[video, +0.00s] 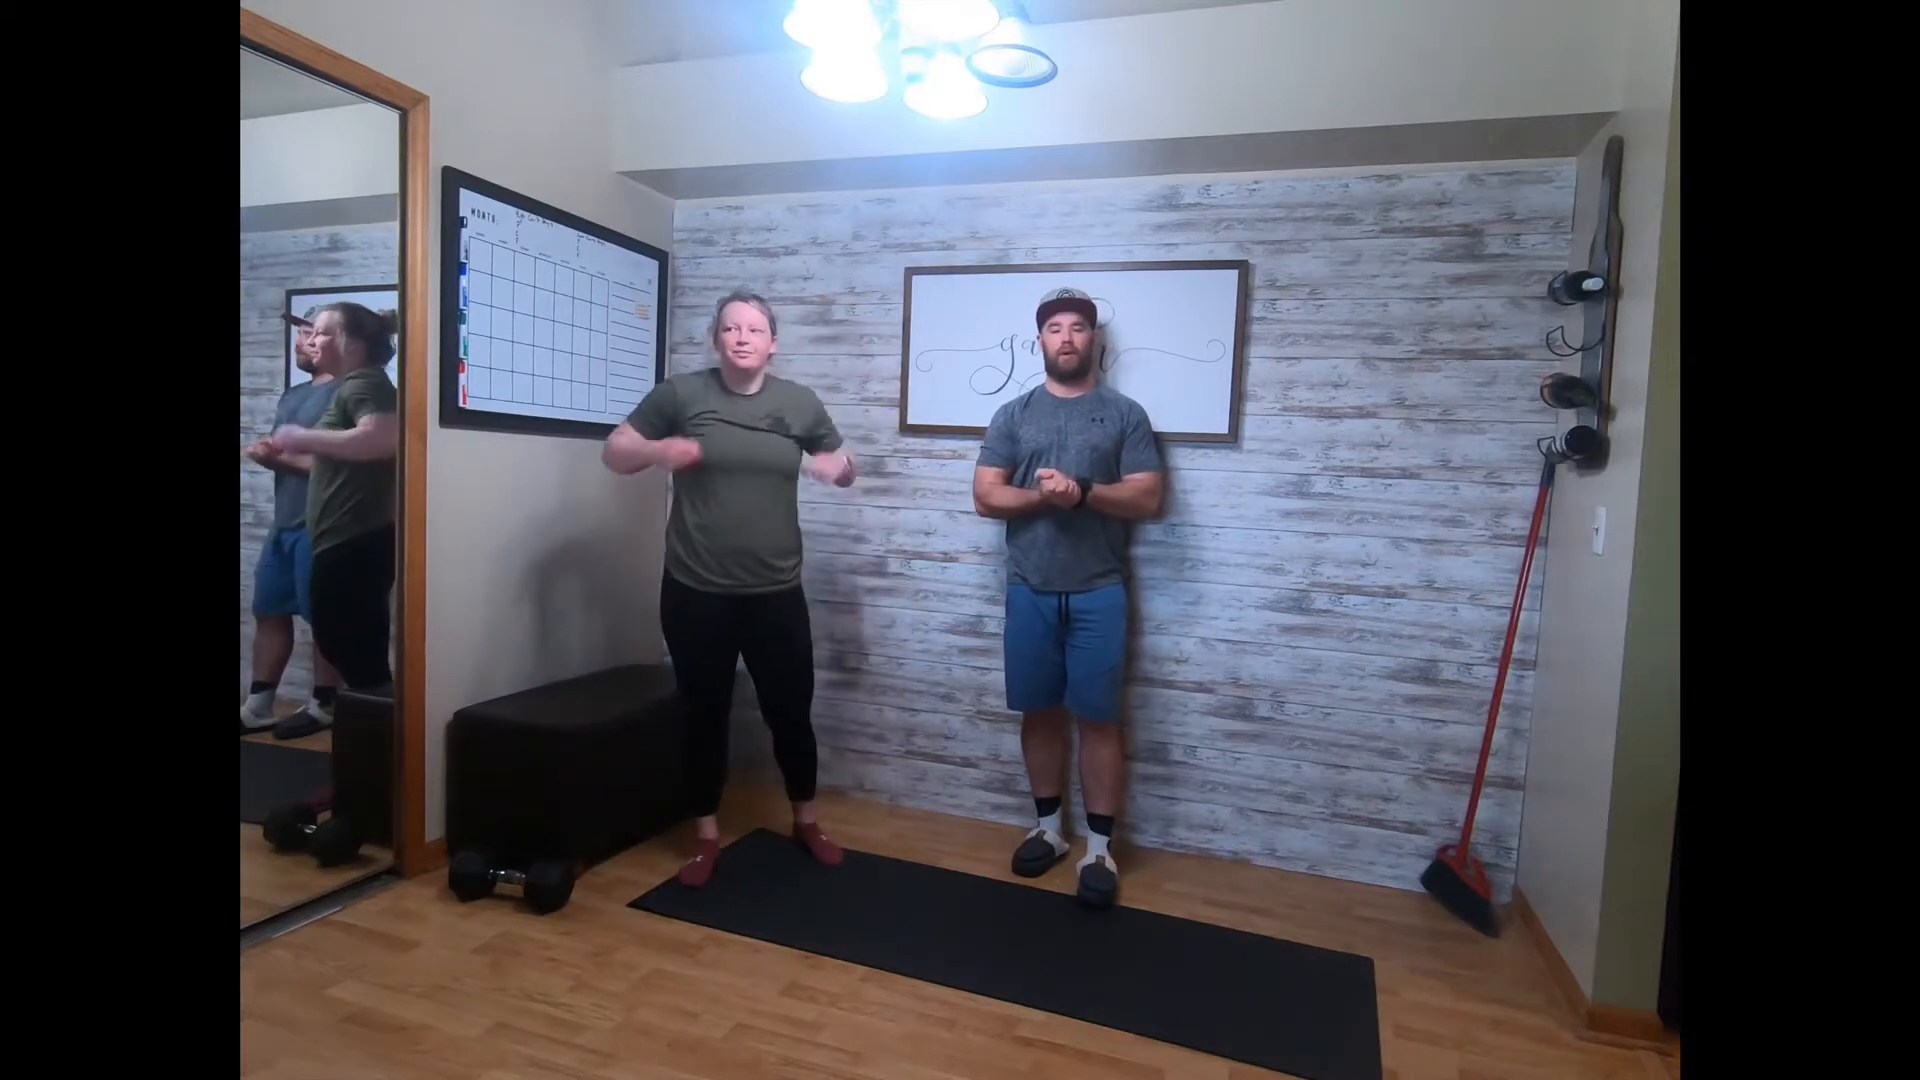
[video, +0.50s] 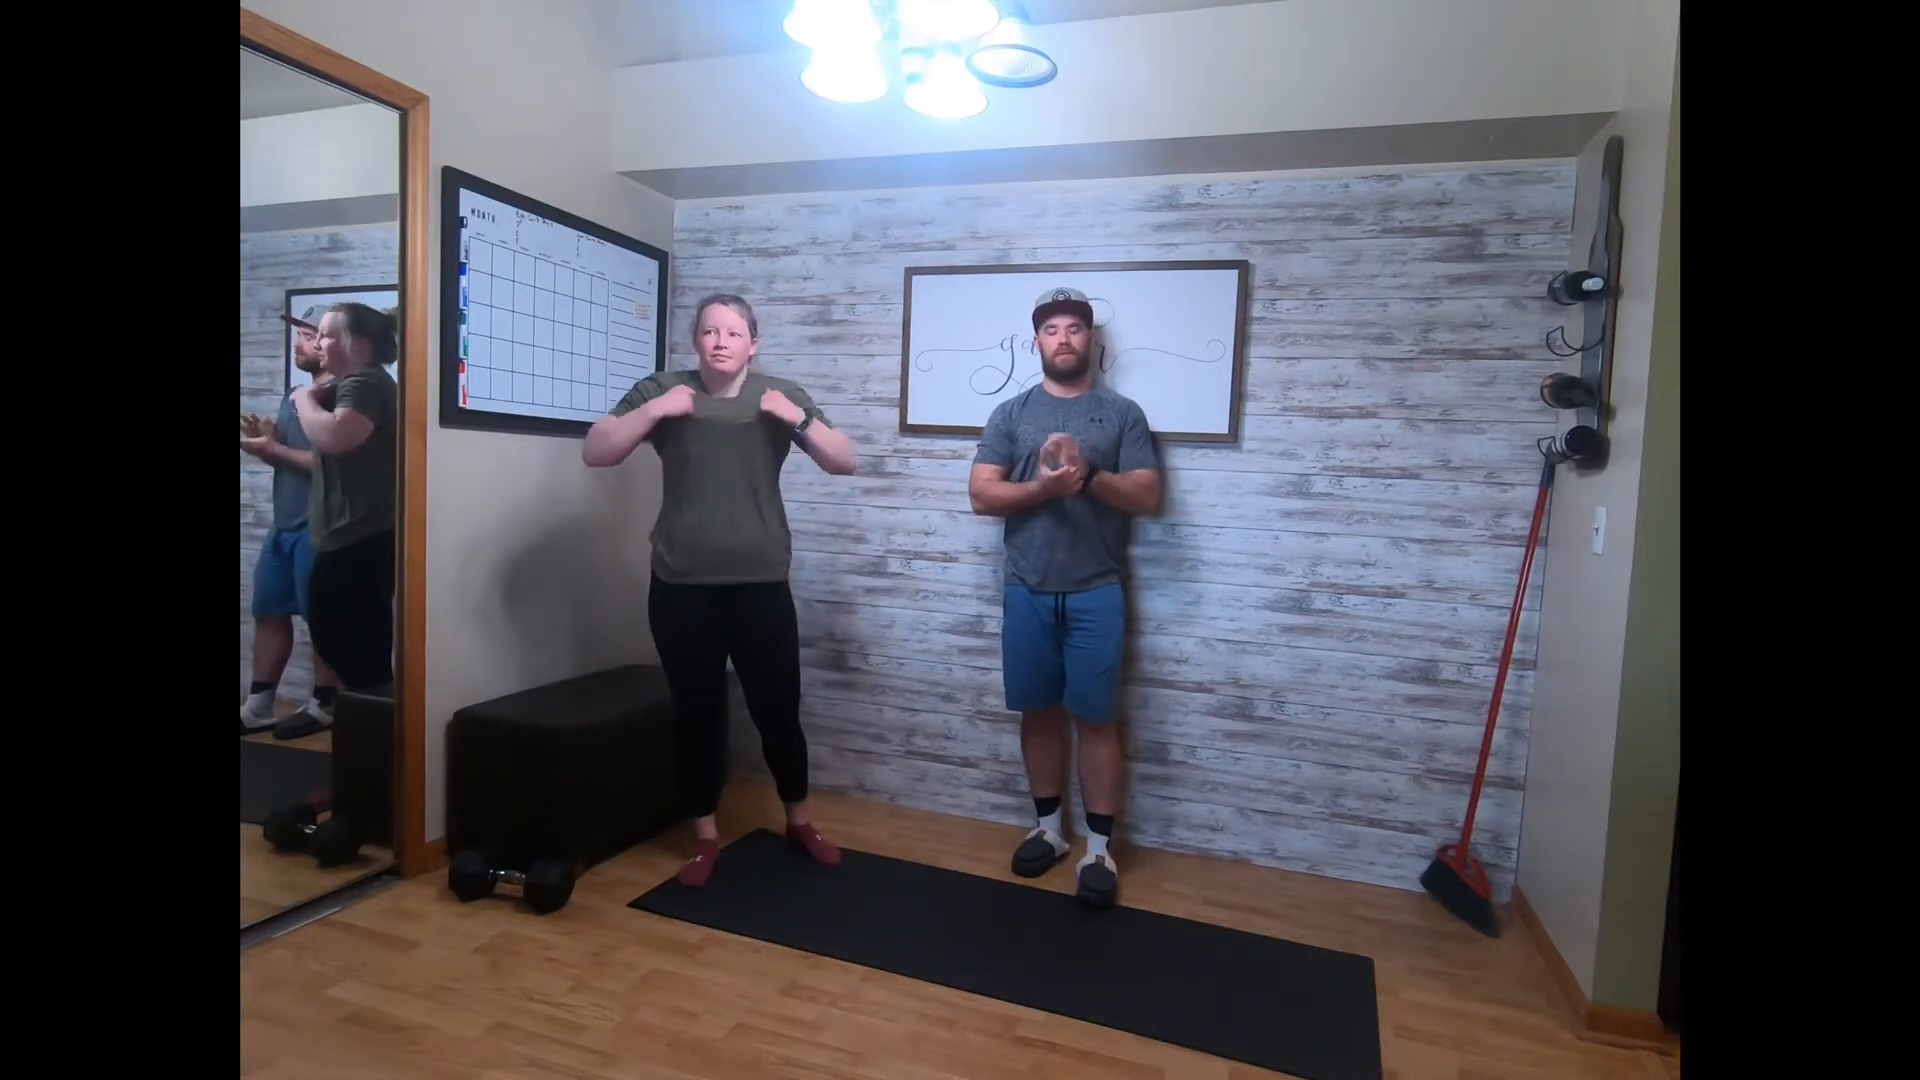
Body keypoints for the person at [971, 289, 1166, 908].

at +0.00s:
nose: (1067, 336)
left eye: (1078, 327)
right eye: (1056, 328)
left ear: (1095, 340)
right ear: (1041, 341)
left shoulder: (1124, 415)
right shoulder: (1013, 415)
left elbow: (1148, 499)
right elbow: (986, 495)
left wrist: (1082, 491)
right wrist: (1041, 495)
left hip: (1099, 585)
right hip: (1029, 586)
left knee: (1097, 715)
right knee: (1038, 711)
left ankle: (1099, 849)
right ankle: (1048, 829)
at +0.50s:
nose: (1063, 337)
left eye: (1075, 329)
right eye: (1052, 330)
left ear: (1092, 340)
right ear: (1037, 342)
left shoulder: (1122, 414)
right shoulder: (1011, 414)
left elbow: (1147, 497)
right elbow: (983, 494)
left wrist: (1088, 478)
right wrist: (1044, 485)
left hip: (1096, 584)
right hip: (1027, 584)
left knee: (1095, 715)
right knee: (1037, 710)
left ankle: (1099, 850)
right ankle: (1049, 830)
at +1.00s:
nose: (1056, 337)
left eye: (1067, 328)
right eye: (1044, 330)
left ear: (1085, 339)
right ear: (1031, 344)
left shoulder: (1117, 412)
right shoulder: (1006, 415)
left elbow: (1147, 493)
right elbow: (979, 495)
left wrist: (1081, 481)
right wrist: (1034, 488)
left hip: (1095, 585)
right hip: (1026, 586)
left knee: (1094, 715)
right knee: (1037, 710)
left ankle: (1098, 850)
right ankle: (1048, 830)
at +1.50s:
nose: (1064, 335)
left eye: (1075, 327)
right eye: (1053, 327)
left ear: (1091, 341)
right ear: (1036, 339)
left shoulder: (1116, 413)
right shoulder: (1005, 414)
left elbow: (1146, 497)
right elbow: (977, 495)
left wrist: (1076, 488)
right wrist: (1027, 492)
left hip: (1091, 584)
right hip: (1022, 586)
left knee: (1091, 715)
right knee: (1035, 710)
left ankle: (1096, 849)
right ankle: (1048, 830)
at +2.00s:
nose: (1063, 338)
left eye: (1075, 330)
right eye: (1052, 328)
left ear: (1091, 343)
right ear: (1036, 340)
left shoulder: (1115, 414)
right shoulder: (1004, 415)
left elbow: (1143, 500)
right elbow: (980, 498)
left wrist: (1071, 489)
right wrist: (1025, 488)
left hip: (1089, 584)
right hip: (1020, 585)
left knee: (1090, 714)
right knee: (1034, 710)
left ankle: (1096, 848)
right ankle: (1048, 830)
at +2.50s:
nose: (1059, 339)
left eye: (1071, 330)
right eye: (1047, 330)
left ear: (1088, 341)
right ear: (1033, 342)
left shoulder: (1116, 414)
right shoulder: (1006, 417)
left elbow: (1148, 500)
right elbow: (982, 499)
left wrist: (1077, 490)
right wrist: (1034, 493)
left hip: (1093, 584)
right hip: (1024, 585)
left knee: (1092, 715)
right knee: (1036, 710)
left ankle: (1097, 849)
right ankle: (1048, 830)